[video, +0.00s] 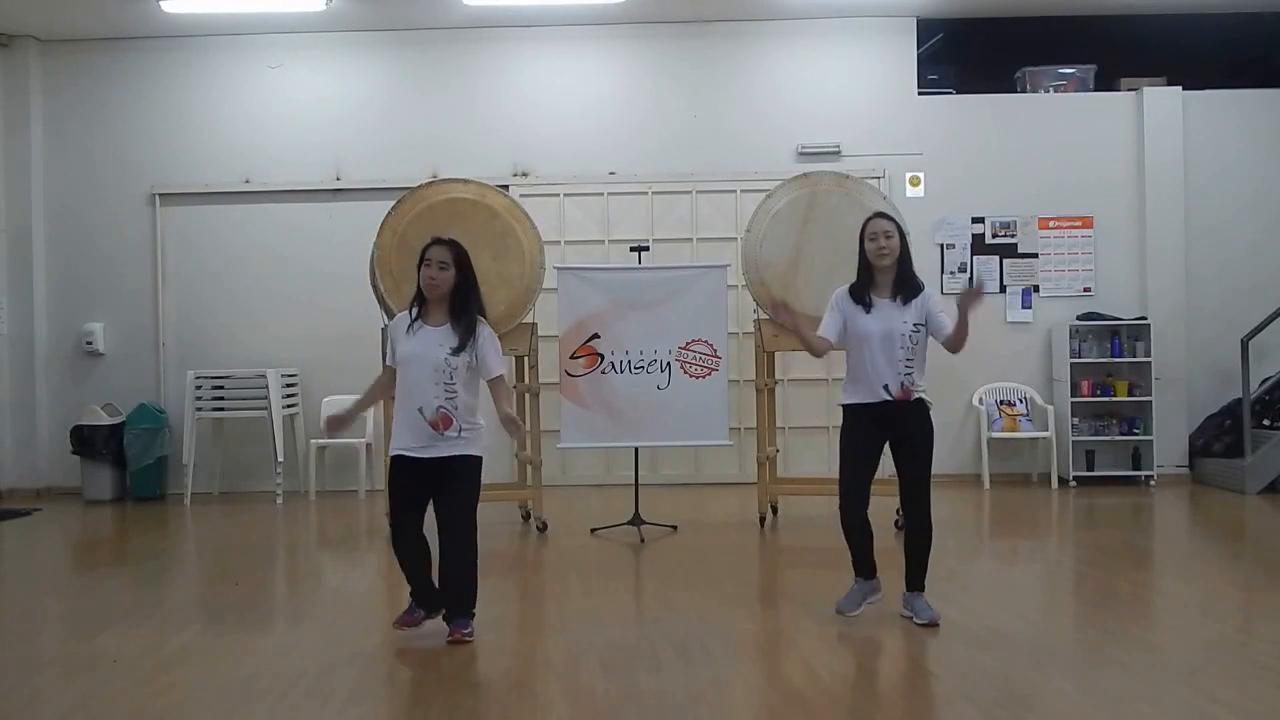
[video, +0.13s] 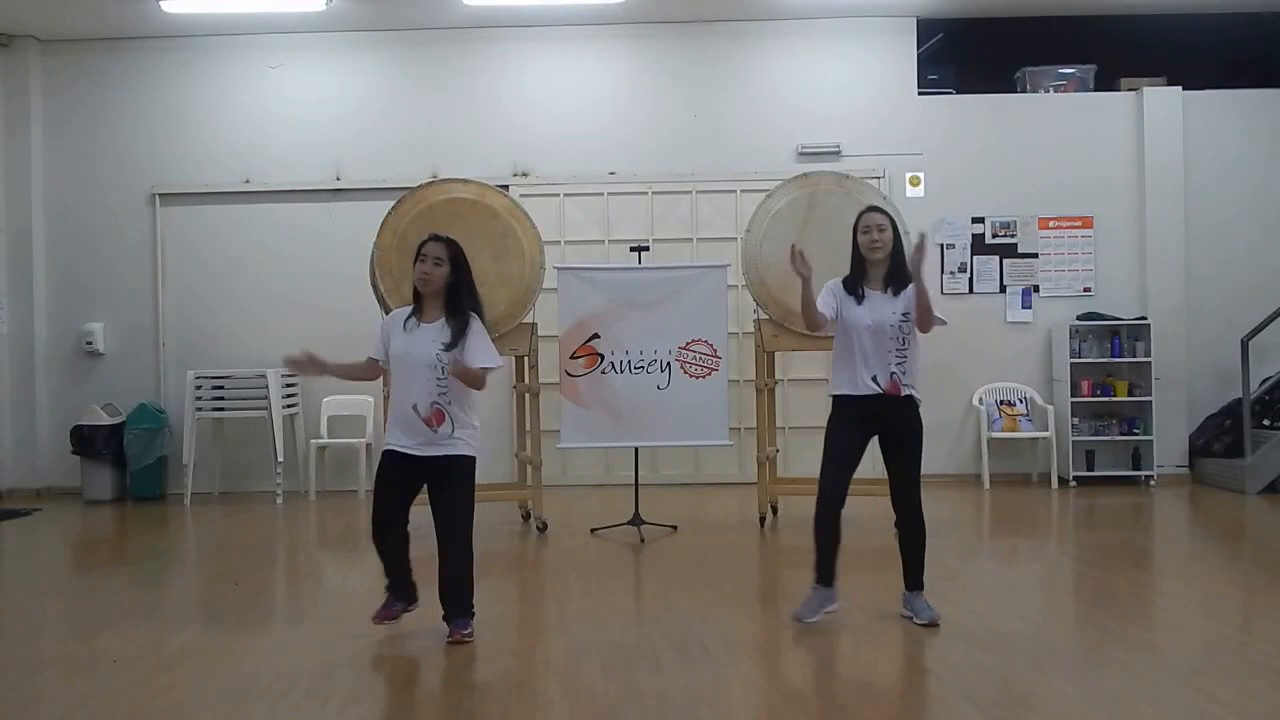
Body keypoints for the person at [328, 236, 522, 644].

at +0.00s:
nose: (431, 273)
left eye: (442, 267)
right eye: (426, 265)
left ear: (458, 277)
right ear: (418, 273)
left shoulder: (476, 330)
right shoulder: (399, 326)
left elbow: (497, 381)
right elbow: (390, 377)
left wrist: (506, 412)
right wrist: (351, 412)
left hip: (460, 450)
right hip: (409, 450)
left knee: (458, 532)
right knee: (403, 529)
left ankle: (460, 614)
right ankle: (425, 596)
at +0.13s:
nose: (425, 268)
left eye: (437, 262)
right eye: (421, 260)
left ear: (453, 274)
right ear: (413, 268)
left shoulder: (467, 324)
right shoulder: (394, 321)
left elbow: (479, 381)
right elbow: (371, 370)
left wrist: (462, 369)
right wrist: (324, 368)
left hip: (453, 448)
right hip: (402, 446)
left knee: (455, 535)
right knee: (385, 524)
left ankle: (459, 616)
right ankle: (401, 592)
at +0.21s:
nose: (419, 262)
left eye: (431, 258)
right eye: (414, 255)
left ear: (447, 270)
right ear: (406, 264)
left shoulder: (457, 319)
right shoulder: (384, 318)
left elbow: (454, 371)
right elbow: (359, 368)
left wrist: (417, 340)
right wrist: (339, 344)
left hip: (445, 445)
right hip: (392, 444)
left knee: (452, 531)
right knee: (375, 529)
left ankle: (459, 616)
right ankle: (370, 611)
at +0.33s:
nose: (410, 265)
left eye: (422, 261)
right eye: (406, 258)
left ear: (437, 275)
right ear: (396, 268)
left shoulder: (445, 321)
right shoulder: (378, 320)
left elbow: (431, 367)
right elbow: (343, 372)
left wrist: (375, 338)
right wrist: (361, 342)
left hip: (434, 448)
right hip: (381, 448)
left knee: (447, 534)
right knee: (371, 535)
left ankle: (460, 617)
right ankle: (358, 618)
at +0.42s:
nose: (398, 262)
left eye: (409, 258)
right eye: (393, 255)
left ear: (423, 273)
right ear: (381, 268)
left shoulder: (433, 319)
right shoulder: (360, 318)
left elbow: (435, 367)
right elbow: (326, 367)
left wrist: (391, 353)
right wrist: (327, 351)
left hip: (419, 448)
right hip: (366, 447)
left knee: (434, 536)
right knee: (362, 537)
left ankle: (457, 614)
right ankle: (359, 619)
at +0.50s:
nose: (390, 263)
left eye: (399, 258)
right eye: (382, 257)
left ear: (413, 272)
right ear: (371, 271)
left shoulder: (428, 321)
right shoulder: (352, 322)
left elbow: (447, 368)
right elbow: (310, 361)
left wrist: (430, 359)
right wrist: (284, 355)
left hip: (411, 448)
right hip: (357, 449)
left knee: (425, 533)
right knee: (356, 537)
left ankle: (452, 614)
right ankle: (360, 619)